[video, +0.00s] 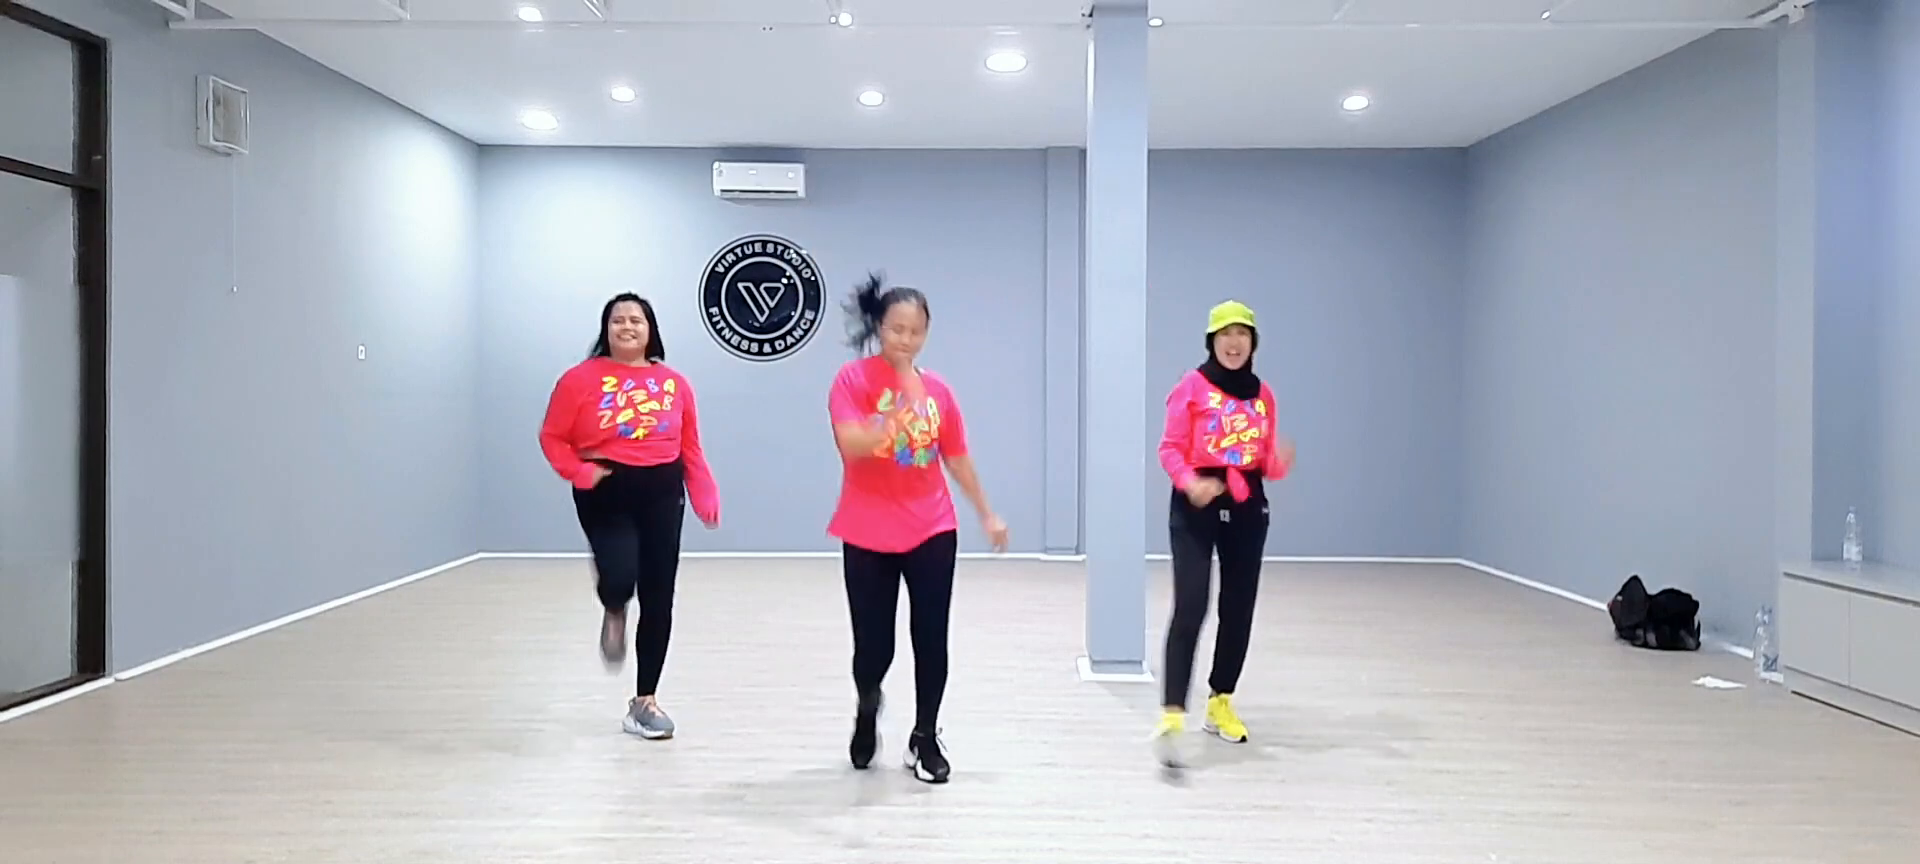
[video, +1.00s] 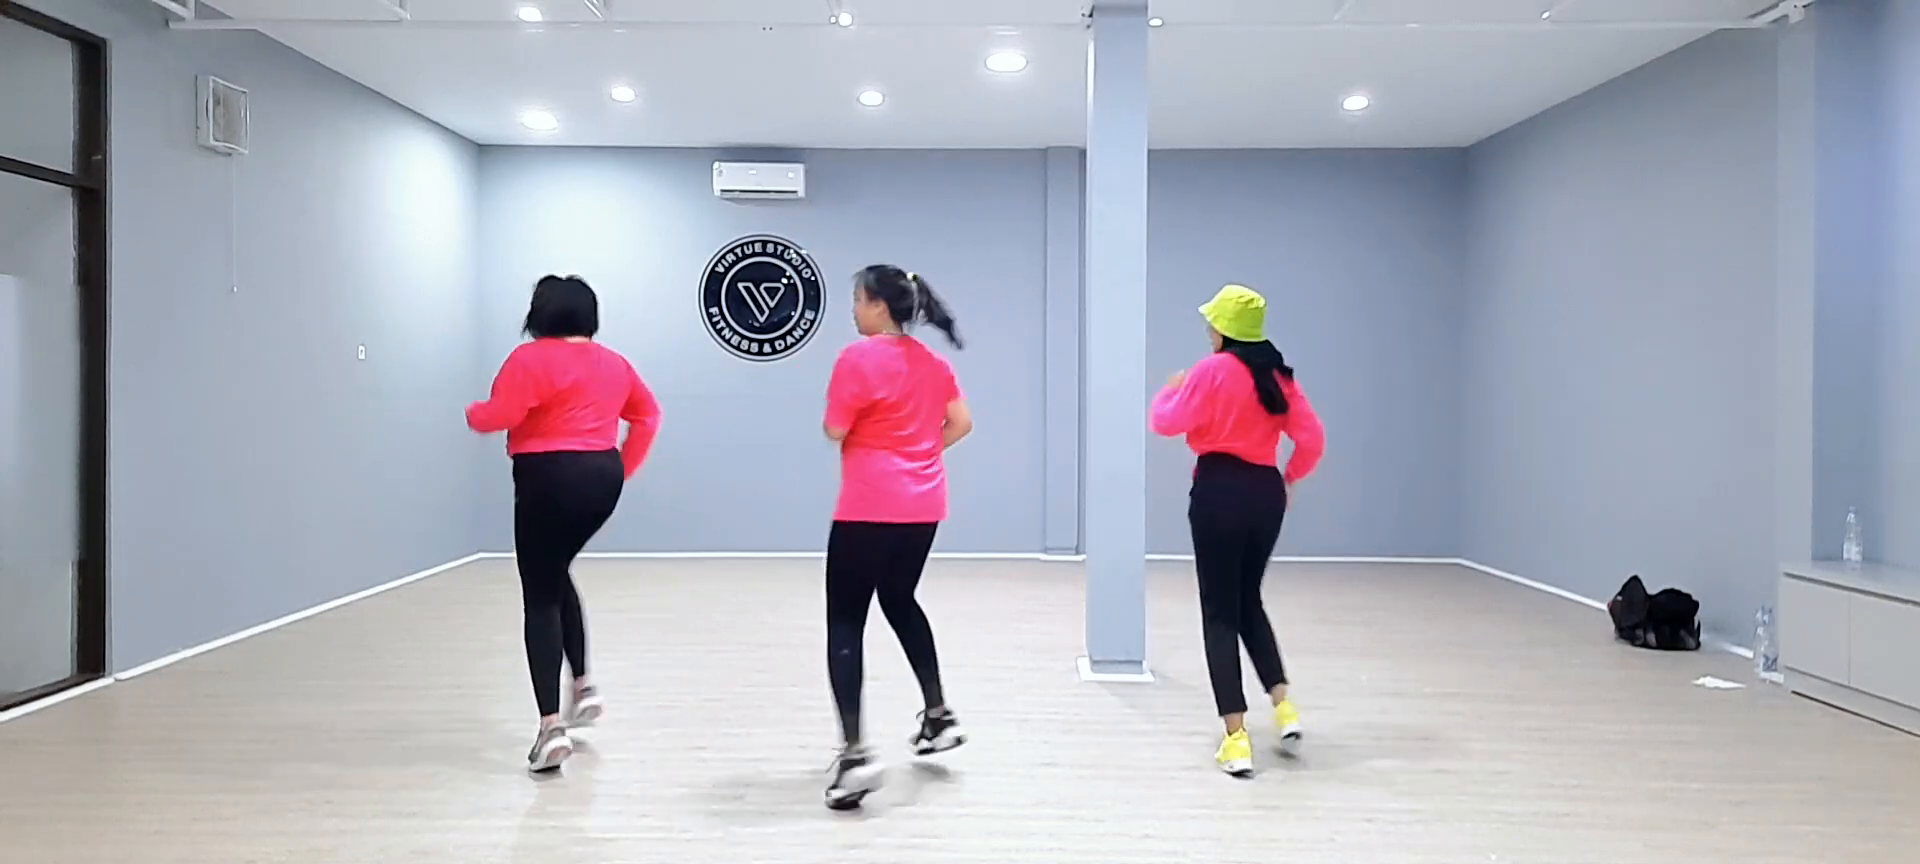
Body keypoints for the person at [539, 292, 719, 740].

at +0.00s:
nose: (627, 326)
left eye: (637, 320)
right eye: (618, 320)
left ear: (650, 330)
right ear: (605, 330)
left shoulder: (673, 382)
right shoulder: (579, 381)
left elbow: (690, 446)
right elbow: (551, 437)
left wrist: (706, 498)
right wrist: (580, 471)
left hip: (662, 491)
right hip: (605, 490)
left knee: (658, 597)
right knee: (619, 580)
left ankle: (644, 699)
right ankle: (615, 614)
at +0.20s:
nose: (625, 307)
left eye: (633, 300)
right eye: (615, 301)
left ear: (647, 310)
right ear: (600, 312)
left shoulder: (668, 357)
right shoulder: (575, 353)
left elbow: (694, 415)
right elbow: (522, 389)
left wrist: (697, 407)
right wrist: (559, 441)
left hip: (652, 473)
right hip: (597, 469)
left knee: (656, 583)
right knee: (636, 575)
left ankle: (649, 690)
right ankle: (610, 708)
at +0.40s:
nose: (618, 332)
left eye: (624, 325)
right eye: (605, 326)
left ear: (633, 336)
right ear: (584, 338)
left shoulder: (639, 383)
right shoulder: (578, 389)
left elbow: (659, 438)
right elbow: (560, 452)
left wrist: (668, 465)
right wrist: (632, 444)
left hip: (626, 502)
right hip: (588, 503)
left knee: (660, 602)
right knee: (619, 614)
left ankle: (626, 711)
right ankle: (583, 753)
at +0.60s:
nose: (626, 308)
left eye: (622, 300)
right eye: (622, 301)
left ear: (574, 307)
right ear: (611, 306)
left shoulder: (554, 355)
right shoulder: (615, 343)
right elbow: (655, 390)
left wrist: (542, 439)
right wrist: (670, 370)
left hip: (553, 467)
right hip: (599, 460)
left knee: (601, 581)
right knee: (616, 588)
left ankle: (592, 713)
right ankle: (599, 726)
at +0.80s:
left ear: (542, 331)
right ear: (596, 329)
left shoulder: (512, 378)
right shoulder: (620, 371)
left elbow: (498, 454)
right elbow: (663, 431)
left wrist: (523, 490)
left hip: (531, 490)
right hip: (598, 486)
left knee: (548, 613)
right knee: (608, 605)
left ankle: (550, 739)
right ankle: (600, 712)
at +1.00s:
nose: (529, 316)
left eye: (533, 309)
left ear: (540, 315)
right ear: (589, 318)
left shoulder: (530, 358)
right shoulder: (613, 362)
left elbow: (504, 414)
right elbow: (648, 416)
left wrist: (472, 415)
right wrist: (622, 468)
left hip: (544, 478)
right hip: (603, 476)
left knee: (540, 597)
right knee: (558, 570)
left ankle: (550, 722)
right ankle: (583, 685)